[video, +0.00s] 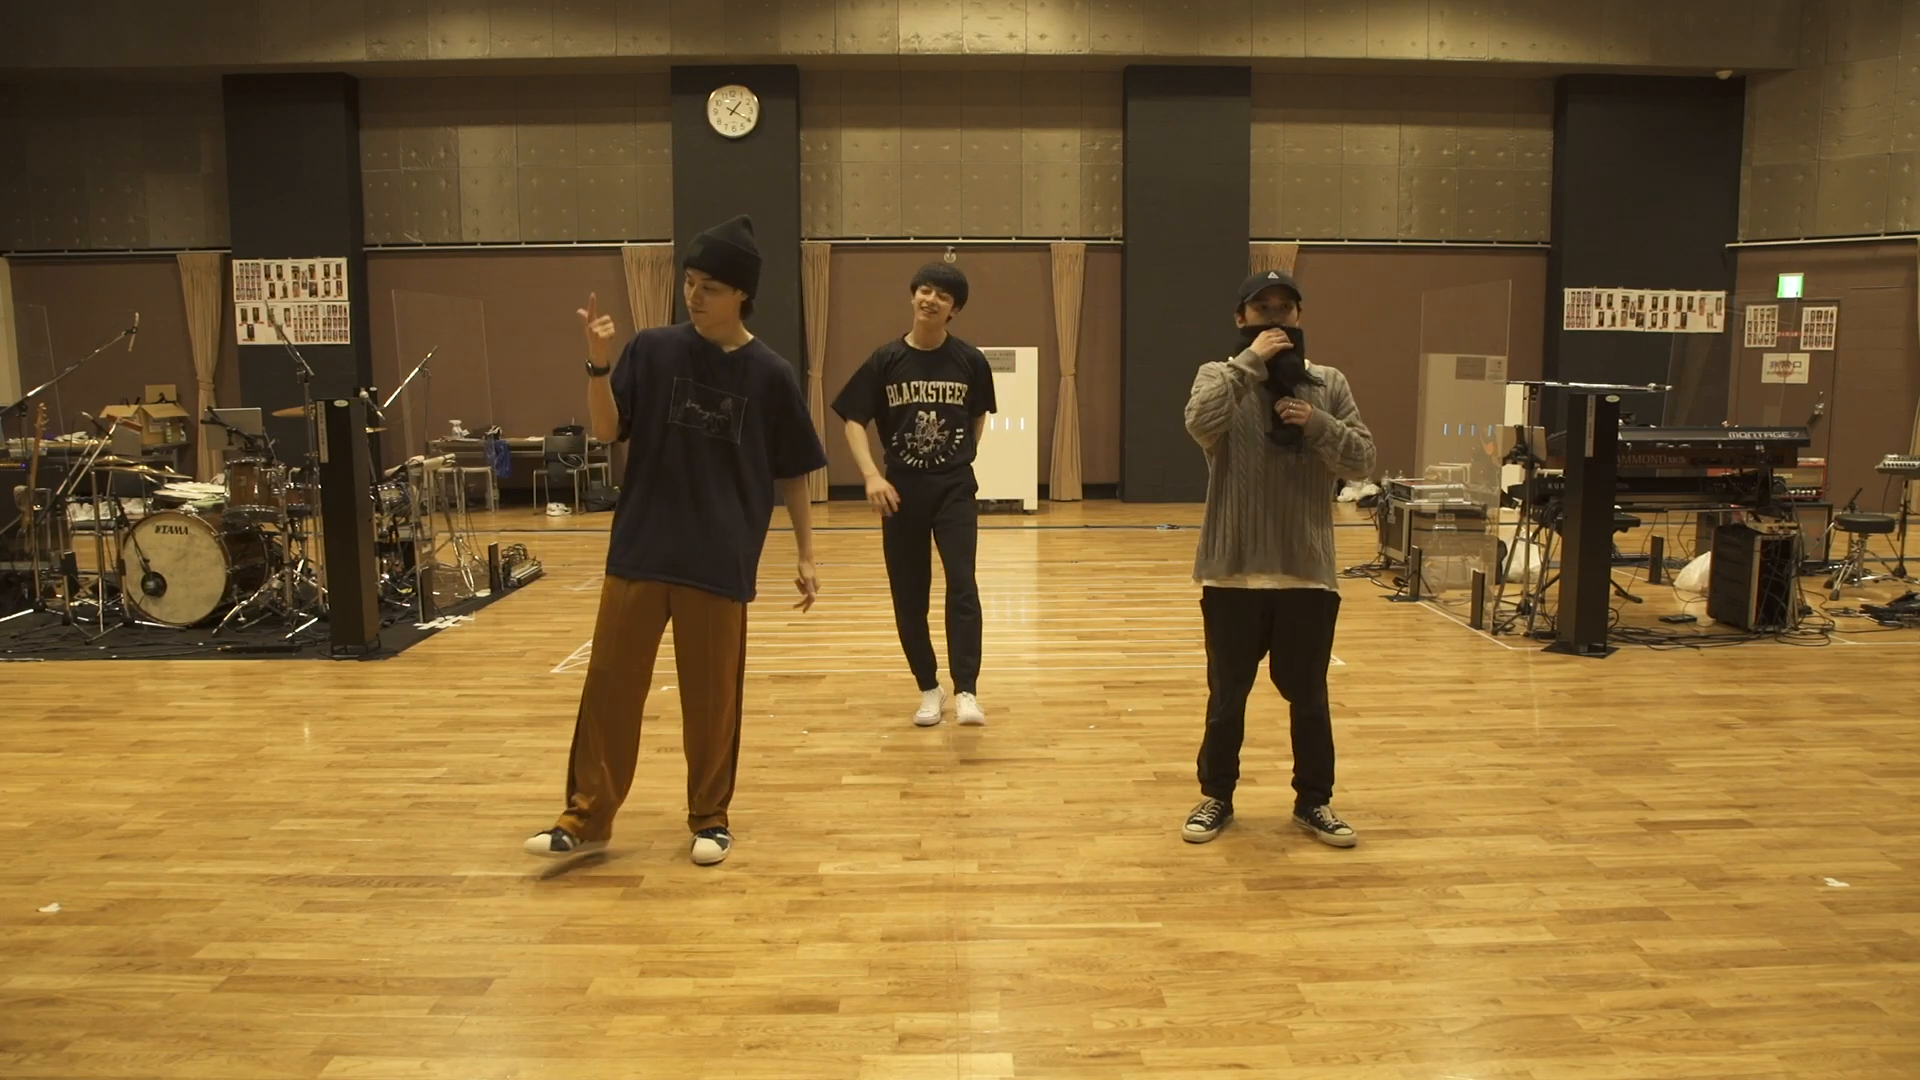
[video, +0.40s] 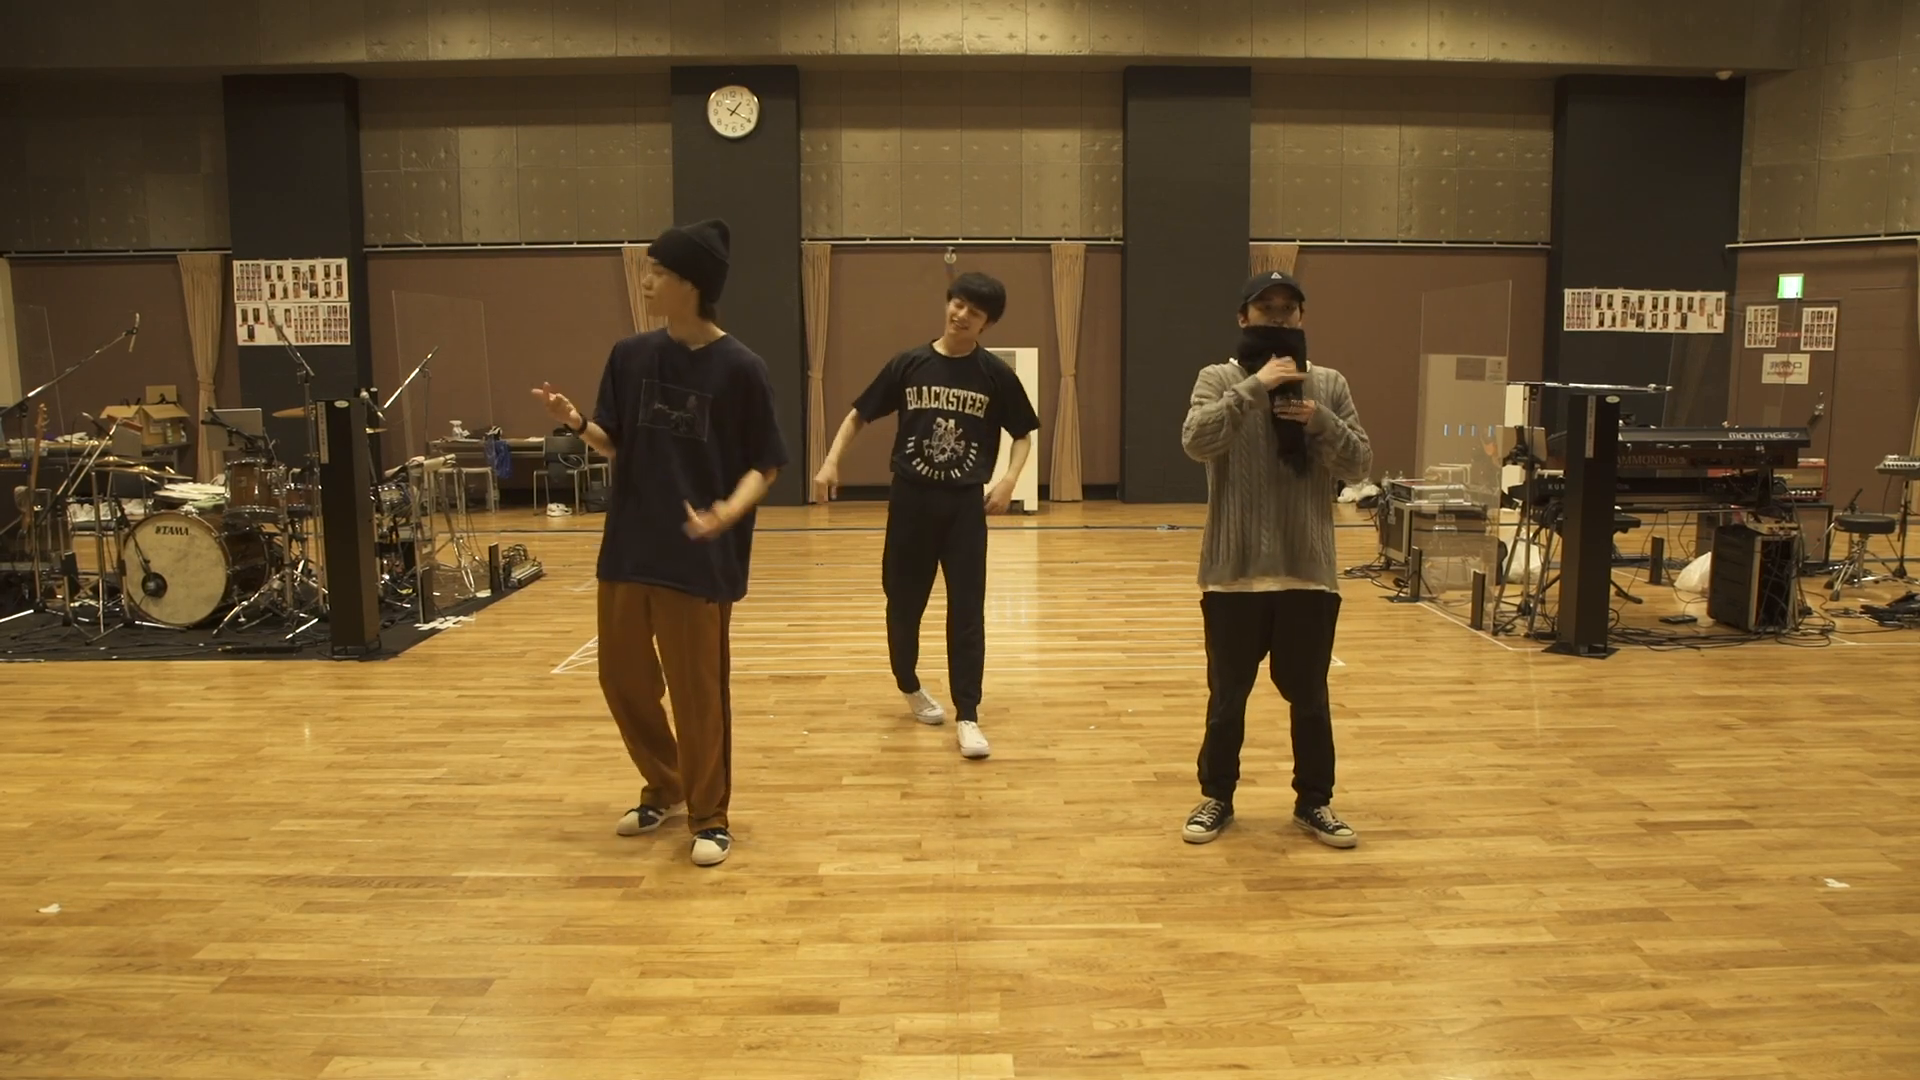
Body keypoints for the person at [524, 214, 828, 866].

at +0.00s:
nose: (695, 296)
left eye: (710, 287)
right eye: (691, 283)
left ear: (743, 295)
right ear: (684, 285)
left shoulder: (771, 374)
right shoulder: (650, 349)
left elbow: (795, 474)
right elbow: (606, 429)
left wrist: (807, 557)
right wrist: (600, 363)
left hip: (717, 558)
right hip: (639, 548)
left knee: (712, 694)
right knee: (609, 683)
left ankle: (710, 820)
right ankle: (587, 817)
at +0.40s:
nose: (649, 284)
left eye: (661, 275)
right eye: (651, 273)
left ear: (696, 286)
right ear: (667, 283)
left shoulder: (741, 370)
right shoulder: (629, 357)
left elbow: (765, 464)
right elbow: (616, 443)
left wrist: (724, 513)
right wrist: (578, 421)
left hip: (698, 558)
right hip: (627, 551)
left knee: (698, 690)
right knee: (623, 677)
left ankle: (710, 819)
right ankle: (664, 784)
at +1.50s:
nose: (613, 292)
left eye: (627, 282)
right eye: (604, 281)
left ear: (653, 289)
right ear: (593, 288)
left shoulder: (690, 360)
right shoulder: (577, 369)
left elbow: (737, 437)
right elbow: (575, 462)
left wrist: (695, 481)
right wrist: (577, 543)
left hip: (682, 554)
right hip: (612, 555)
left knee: (692, 685)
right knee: (631, 683)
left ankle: (695, 824)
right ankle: (663, 791)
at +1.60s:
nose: (618, 288)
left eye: (632, 277)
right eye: (609, 276)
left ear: (658, 284)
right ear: (597, 284)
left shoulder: (693, 357)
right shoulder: (578, 364)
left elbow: (727, 443)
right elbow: (572, 454)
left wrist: (702, 504)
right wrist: (572, 531)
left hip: (684, 547)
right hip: (614, 550)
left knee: (698, 677)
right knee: (633, 675)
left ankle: (706, 816)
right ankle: (664, 790)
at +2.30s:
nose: (694, 289)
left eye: (706, 278)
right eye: (685, 279)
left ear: (731, 286)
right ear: (674, 286)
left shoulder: (764, 367)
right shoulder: (644, 359)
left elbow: (782, 461)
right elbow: (629, 449)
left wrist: (784, 539)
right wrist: (628, 526)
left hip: (741, 552)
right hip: (663, 552)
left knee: (746, 682)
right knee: (639, 672)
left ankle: (751, 797)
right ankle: (662, 782)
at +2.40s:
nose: (701, 290)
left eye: (713, 278)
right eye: (691, 278)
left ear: (736, 284)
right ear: (678, 283)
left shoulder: (770, 364)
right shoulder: (649, 356)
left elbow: (796, 454)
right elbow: (634, 444)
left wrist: (798, 529)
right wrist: (627, 524)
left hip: (743, 549)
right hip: (665, 548)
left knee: (747, 679)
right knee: (639, 663)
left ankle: (751, 796)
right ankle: (663, 777)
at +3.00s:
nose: (647, 286)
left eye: (661, 274)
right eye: (637, 274)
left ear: (686, 281)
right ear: (625, 281)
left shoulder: (722, 359)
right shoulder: (600, 360)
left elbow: (757, 451)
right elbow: (578, 444)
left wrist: (714, 501)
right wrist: (581, 512)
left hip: (691, 550)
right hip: (616, 552)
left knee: (718, 680)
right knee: (621, 688)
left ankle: (751, 801)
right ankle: (625, 810)